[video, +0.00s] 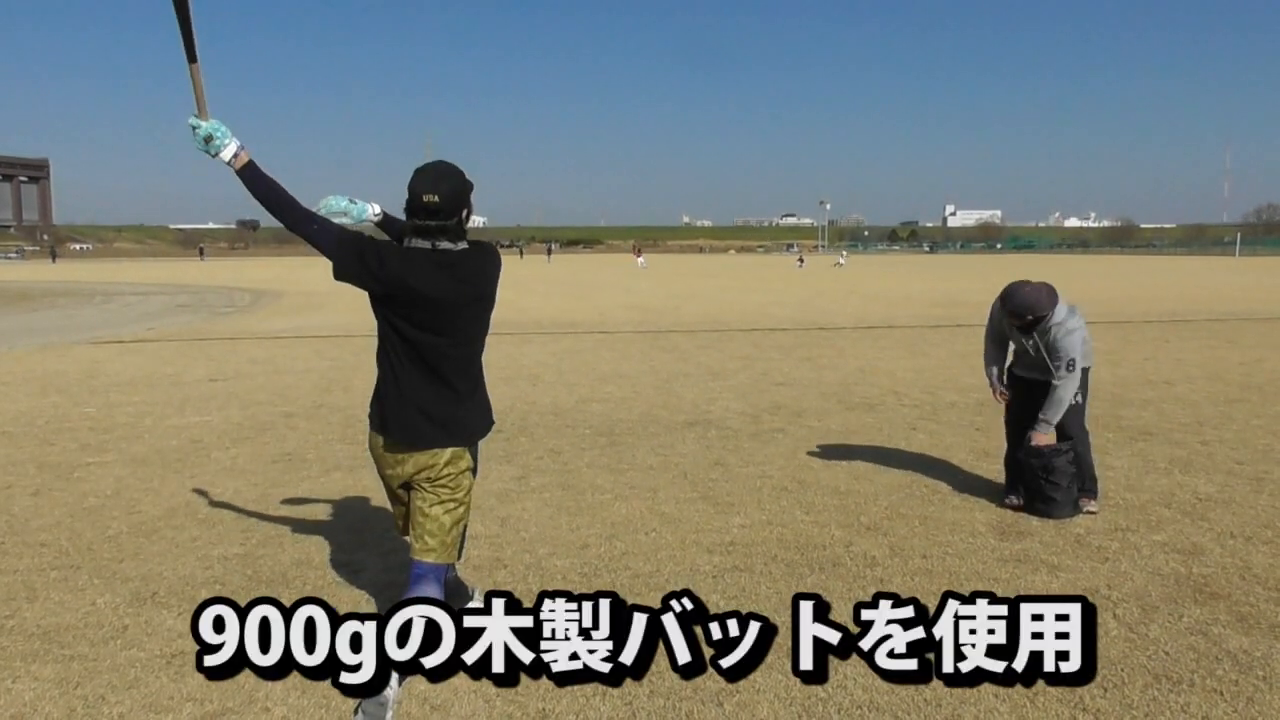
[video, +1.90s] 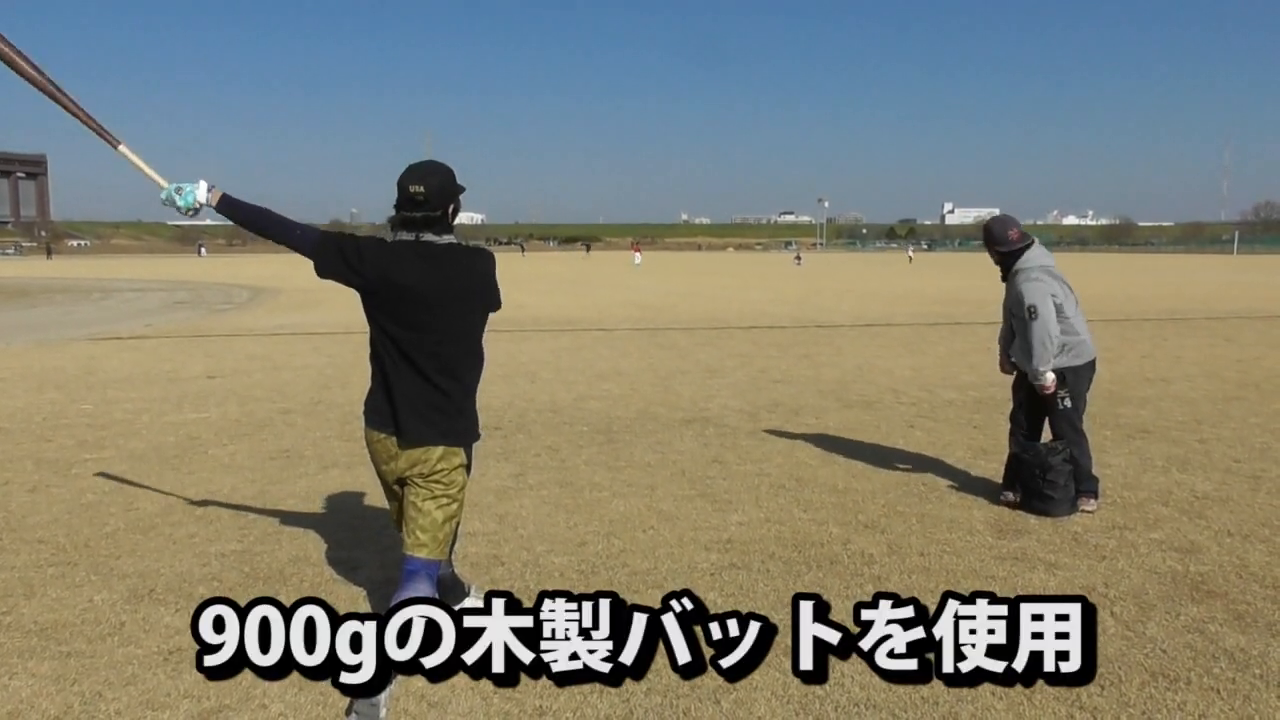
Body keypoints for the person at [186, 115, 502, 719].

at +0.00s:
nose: (461, 212)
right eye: (465, 205)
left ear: (410, 211)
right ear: (465, 215)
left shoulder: (385, 261)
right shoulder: (485, 263)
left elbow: (301, 218)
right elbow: (436, 242)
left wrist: (237, 157)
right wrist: (378, 216)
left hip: (388, 435)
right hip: (451, 438)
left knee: (424, 536)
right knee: (429, 570)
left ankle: (464, 603)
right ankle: (383, 689)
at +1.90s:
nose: (459, 208)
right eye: (457, 202)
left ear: (399, 206)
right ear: (451, 210)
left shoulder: (373, 257)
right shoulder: (478, 263)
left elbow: (292, 233)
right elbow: (489, 303)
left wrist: (215, 198)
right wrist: (438, 256)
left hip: (384, 433)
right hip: (445, 437)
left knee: (421, 539)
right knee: (419, 568)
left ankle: (454, 601)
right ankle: (373, 692)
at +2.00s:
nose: (460, 207)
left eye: (453, 199)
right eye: (457, 201)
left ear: (400, 206)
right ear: (451, 209)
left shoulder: (374, 257)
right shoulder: (480, 265)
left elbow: (294, 245)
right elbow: (495, 317)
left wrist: (215, 224)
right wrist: (445, 287)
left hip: (385, 434)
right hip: (445, 438)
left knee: (422, 536)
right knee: (420, 569)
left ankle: (454, 598)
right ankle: (373, 689)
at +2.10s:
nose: (462, 209)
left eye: (456, 200)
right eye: (459, 203)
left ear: (402, 206)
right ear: (452, 209)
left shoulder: (373, 257)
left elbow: (293, 264)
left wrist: (216, 261)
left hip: (384, 431)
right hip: (446, 439)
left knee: (422, 531)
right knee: (422, 565)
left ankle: (458, 598)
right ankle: (372, 690)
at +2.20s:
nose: (461, 213)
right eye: (460, 207)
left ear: (403, 209)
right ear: (453, 212)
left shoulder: (372, 257)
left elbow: (305, 284)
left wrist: (234, 303)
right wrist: (537, 430)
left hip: (386, 432)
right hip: (446, 440)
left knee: (421, 534)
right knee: (419, 567)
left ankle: (452, 597)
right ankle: (372, 691)